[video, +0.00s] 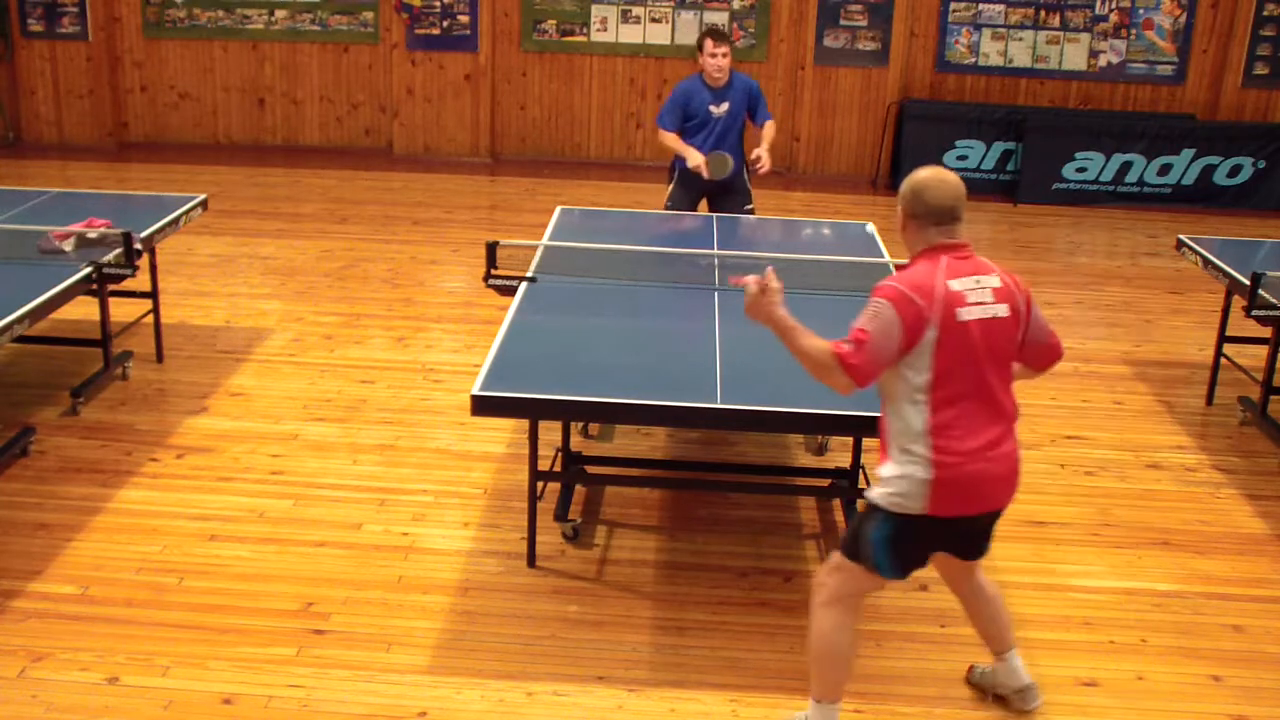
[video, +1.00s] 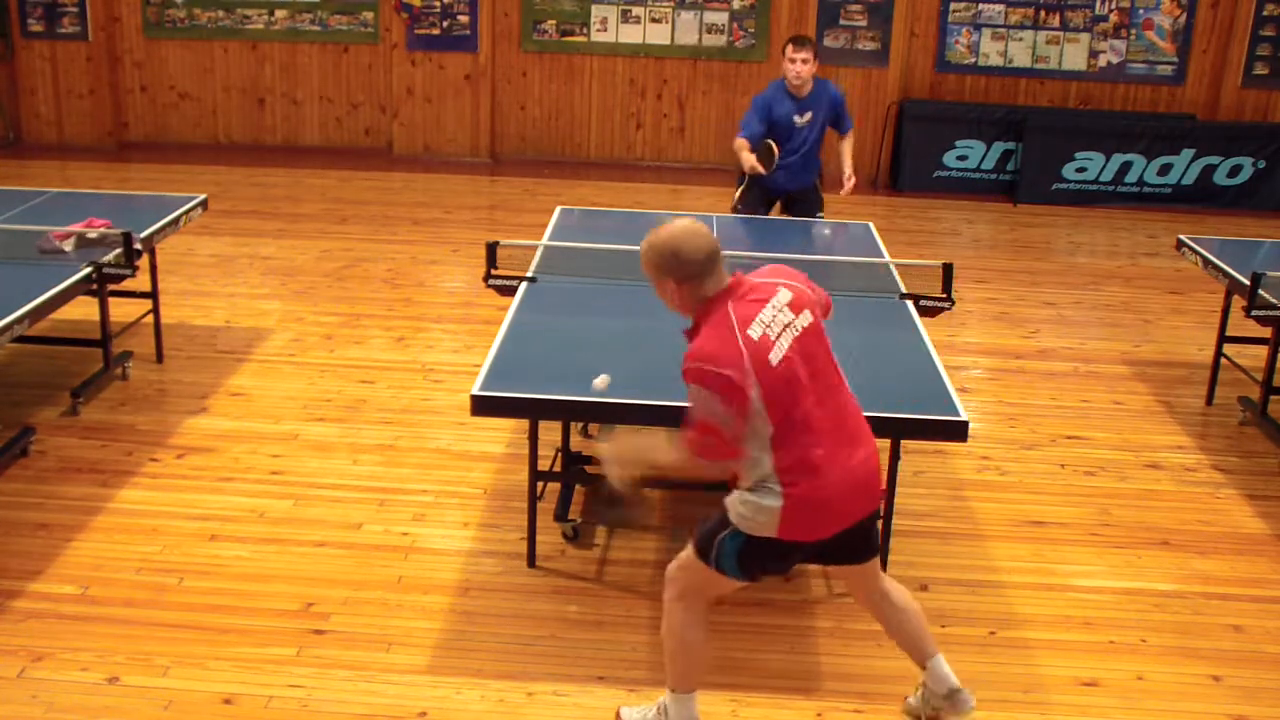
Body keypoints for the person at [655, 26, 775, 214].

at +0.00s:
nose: (719, 62)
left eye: (724, 56)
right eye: (712, 56)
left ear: (731, 58)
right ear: (700, 58)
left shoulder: (746, 88)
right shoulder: (685, 91)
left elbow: (767, 122)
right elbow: (665, 134)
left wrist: (764, 147)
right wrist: (689, 153)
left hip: (732, 175)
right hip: (691, 174)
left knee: (744, 235)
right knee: (672, 230)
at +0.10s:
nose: (734, 68)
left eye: (740, 61)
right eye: (728, 61)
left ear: (746, 62)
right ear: (715, 62)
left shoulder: (758, 87)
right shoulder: (701, 92)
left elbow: (781, 120)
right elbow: (681, 138)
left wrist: (784, 145)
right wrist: (714, 155)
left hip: (737, 169)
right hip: (698, 168)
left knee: (746, 229)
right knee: (691, 222)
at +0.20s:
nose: (750, 76)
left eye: (755, 69)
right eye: (744, 69)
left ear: (761, 68)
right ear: (730, 68)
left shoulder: (769, 90)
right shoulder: (714, 93)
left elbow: (793, 119)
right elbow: (700, 146)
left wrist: (804, 143)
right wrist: (740, 155)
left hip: (736, 168)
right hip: (701, 164)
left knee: (742, 228)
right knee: (699, 216)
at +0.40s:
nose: (775, 104)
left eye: (779, 98)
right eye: (768, 98)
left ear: (783, 95)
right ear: (750, 93)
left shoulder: (777, 107)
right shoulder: (729, 116)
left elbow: (805, 114)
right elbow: (723, 171)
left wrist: (836, 132)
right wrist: (768, 169)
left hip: (736, 176)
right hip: (703, 176)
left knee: (742, 234)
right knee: (712, 236)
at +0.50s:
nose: (777, 114)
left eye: (782, 106)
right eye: (771, 106)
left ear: (787, 105)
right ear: (754, 102)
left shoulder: (777, 115)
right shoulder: (737, 127)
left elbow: (793, 102)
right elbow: (720, 179)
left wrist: (829, 120)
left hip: (742, 182)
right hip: (709, 184)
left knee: (750, 233)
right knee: (723, 238)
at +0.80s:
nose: (786, 89)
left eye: (793, 83)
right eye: (780, 82)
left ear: (800, 85)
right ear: (769, 83)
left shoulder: (804, 103)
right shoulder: (752, 113)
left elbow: (806, 124)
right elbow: (715, 147)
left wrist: (820, 155)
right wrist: (715, 162)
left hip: (773, 182)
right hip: (739, 185)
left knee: (789, 234)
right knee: (740, 243)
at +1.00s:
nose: (797, 68)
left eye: (804, 62)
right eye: (792, 61)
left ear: (815, 66)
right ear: (783, 63)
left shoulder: (828, 95)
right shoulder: (768, 99)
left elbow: (845, 131)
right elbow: (742, 138)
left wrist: (847, 168)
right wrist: (745, 155)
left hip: (804, 181)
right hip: (764, 178)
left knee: (811, 238)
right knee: (743, 233)